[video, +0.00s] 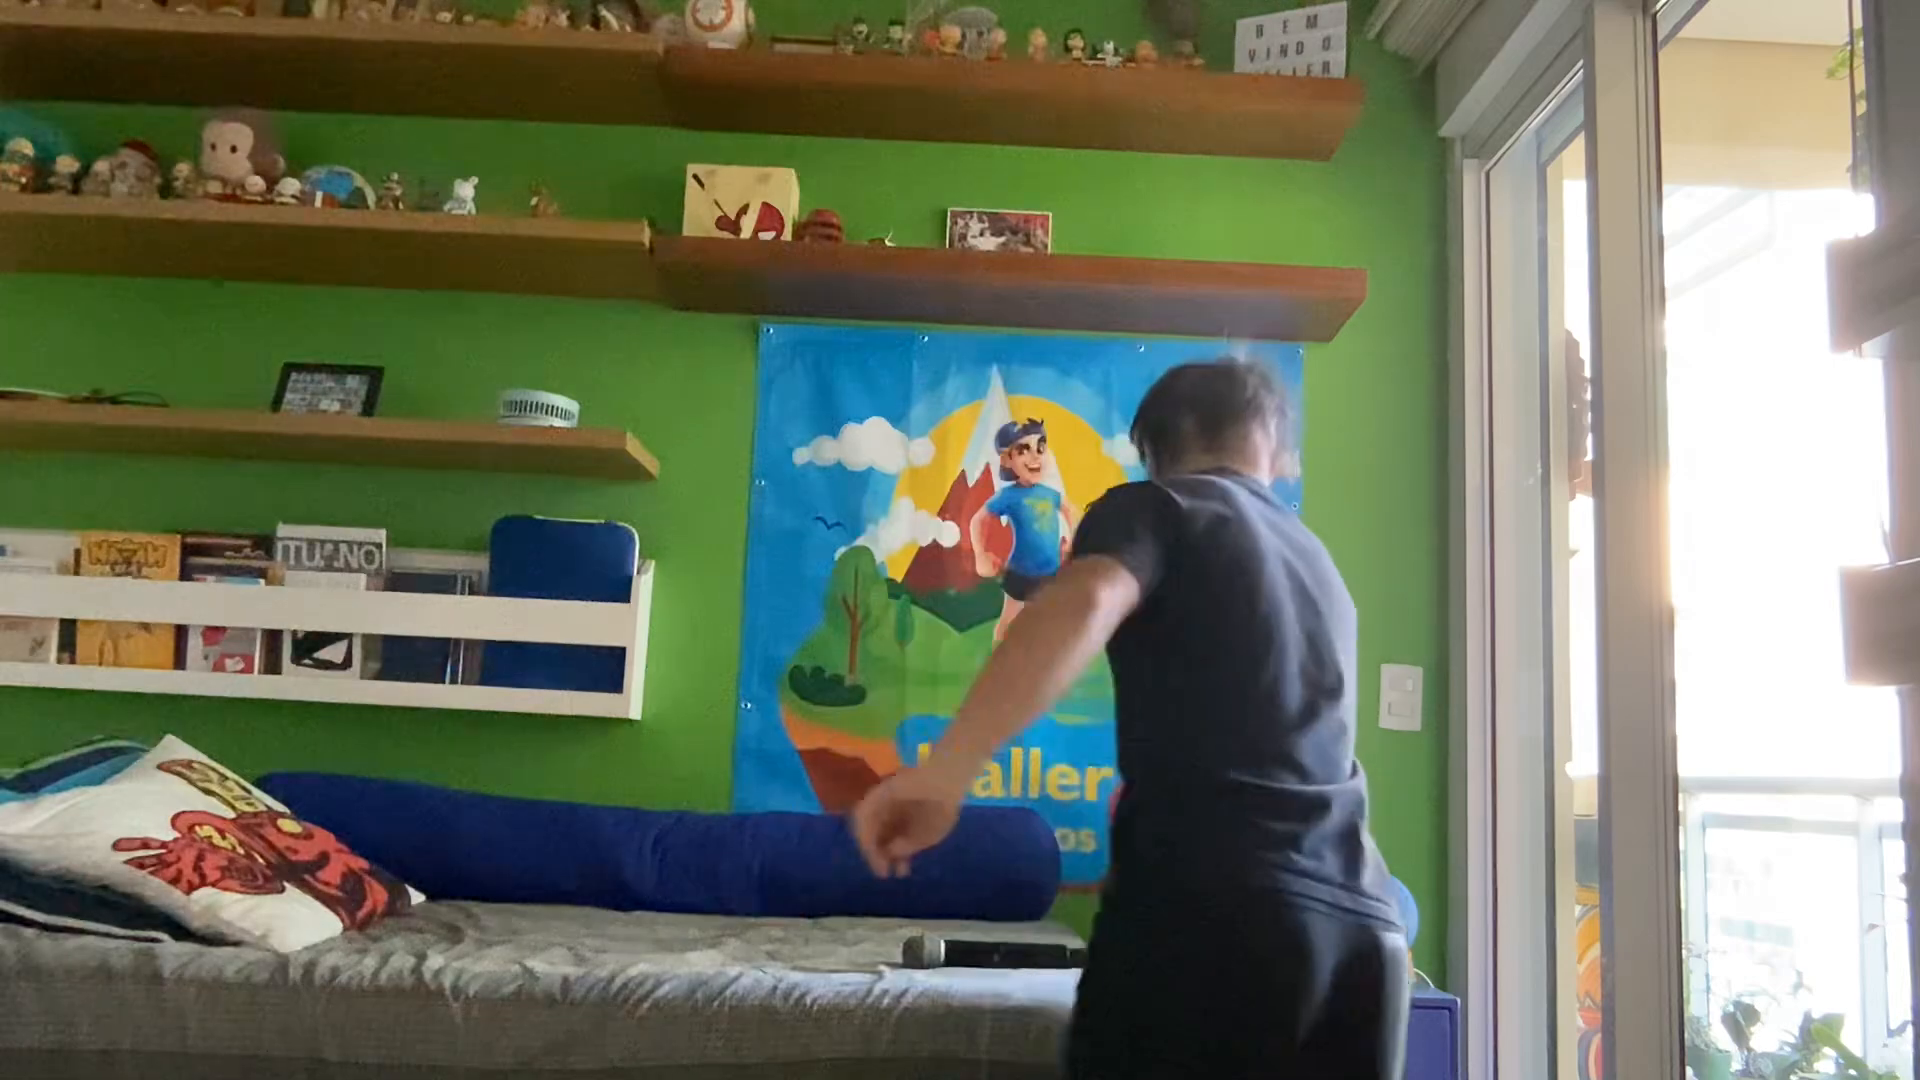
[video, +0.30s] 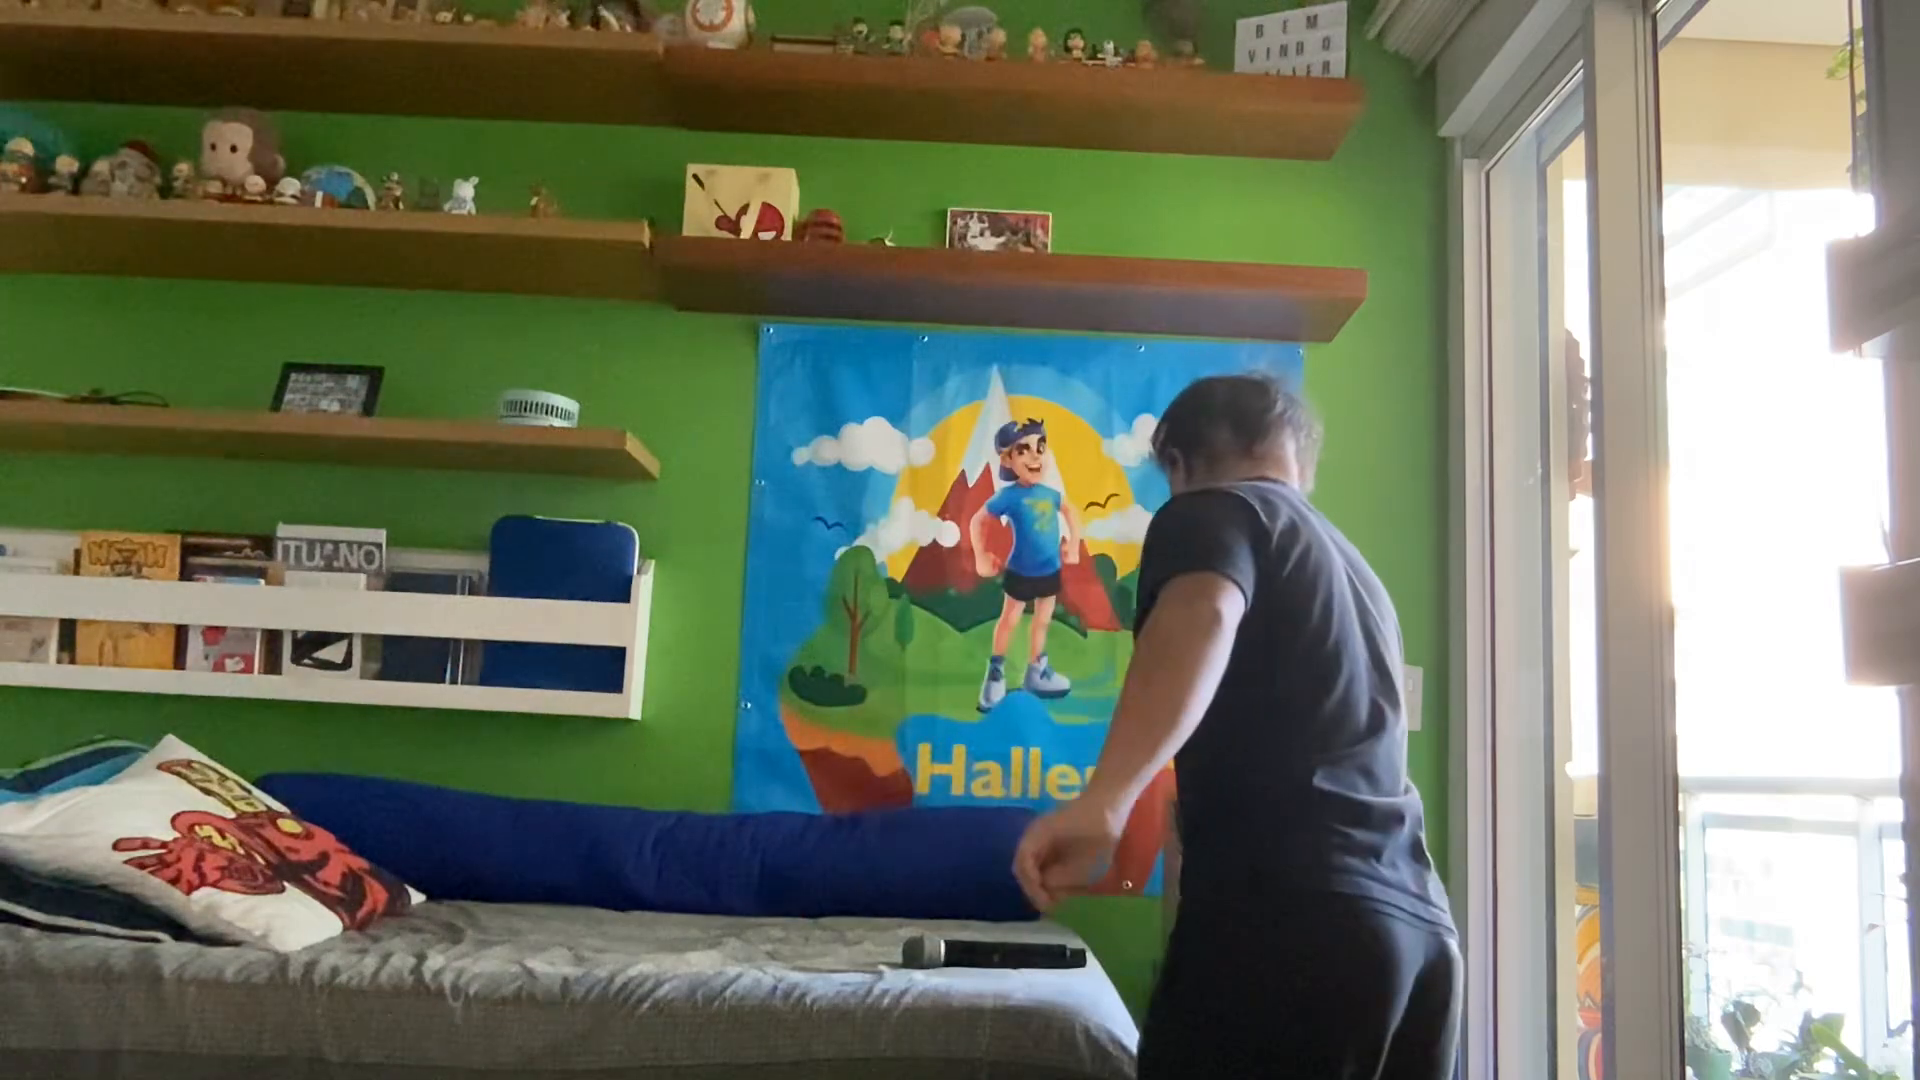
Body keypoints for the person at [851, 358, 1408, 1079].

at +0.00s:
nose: (1286, 474)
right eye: (1287, 464)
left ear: (1152, 453)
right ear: (1274, 460)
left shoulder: (1156, 507)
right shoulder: (1318, 561)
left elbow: (1087, 602)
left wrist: (945, 771)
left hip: (1204, 920)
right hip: (1362, 939)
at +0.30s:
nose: (1171, 496)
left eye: (1170, 480)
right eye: (1168, 482)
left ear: (1183, 460)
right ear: (1298, 469)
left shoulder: (1217, 508)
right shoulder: (1361, 572)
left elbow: (1203, 612)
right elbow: (1388, 727)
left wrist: (1101, 802)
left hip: (1297, 923)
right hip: (1427, 941)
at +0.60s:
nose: (1177, 497)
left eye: (1175, 479)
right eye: (1174, 482)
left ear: (1189, 459)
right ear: (1302, 464)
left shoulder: (1224, 508)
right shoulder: (1370, 570)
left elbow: (1215, 622)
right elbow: (1358, 745)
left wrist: (1129, 818)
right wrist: (1207, 806)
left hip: (1283, 922)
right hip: (1419, 941)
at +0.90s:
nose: (1167, 498)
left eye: (1163, 481)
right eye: (1162, 484)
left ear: (1179, 460)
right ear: (1289, 456)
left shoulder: (1224, 509)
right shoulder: (1365, 566)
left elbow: (1225, 629)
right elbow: (1383, 740)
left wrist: (1140, 827)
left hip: (1282, 923)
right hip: (1411, 938)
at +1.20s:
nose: (1151, 513)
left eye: (1144, 486)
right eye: (1142, 493)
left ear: (1173, 454)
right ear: (1267, 451)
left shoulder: (1228, 509)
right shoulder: (1356, 569)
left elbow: (1251, 624)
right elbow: (1386, 720)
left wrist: (1188, 826)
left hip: (1292, 920)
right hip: (1404, 934)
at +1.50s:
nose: (1090, 520)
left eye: (1084, 491)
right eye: (1079, 497)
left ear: (1140, 458)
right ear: (1212, 451)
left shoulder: (1182, 512)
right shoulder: (1300, 560)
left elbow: (1213, 618)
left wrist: (1162, 811)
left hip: (1259, 920)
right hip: (1373, 940)